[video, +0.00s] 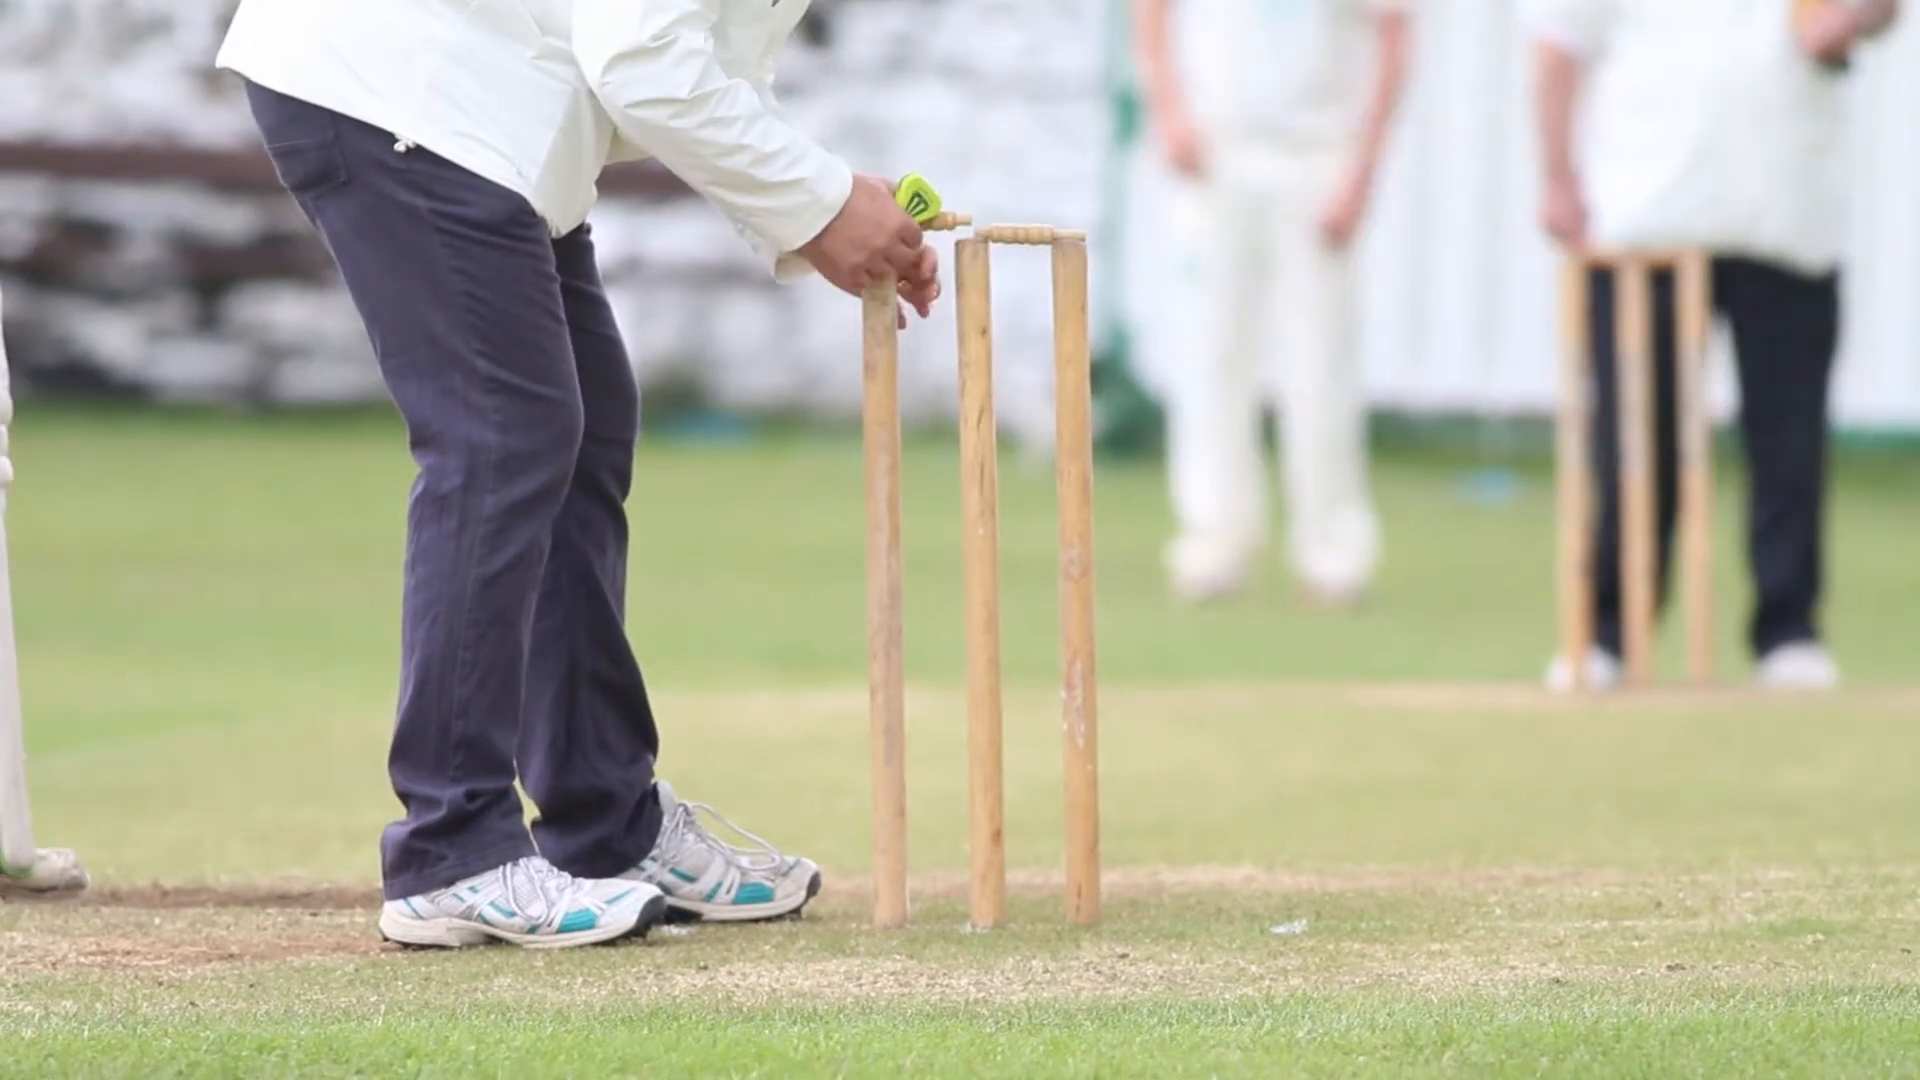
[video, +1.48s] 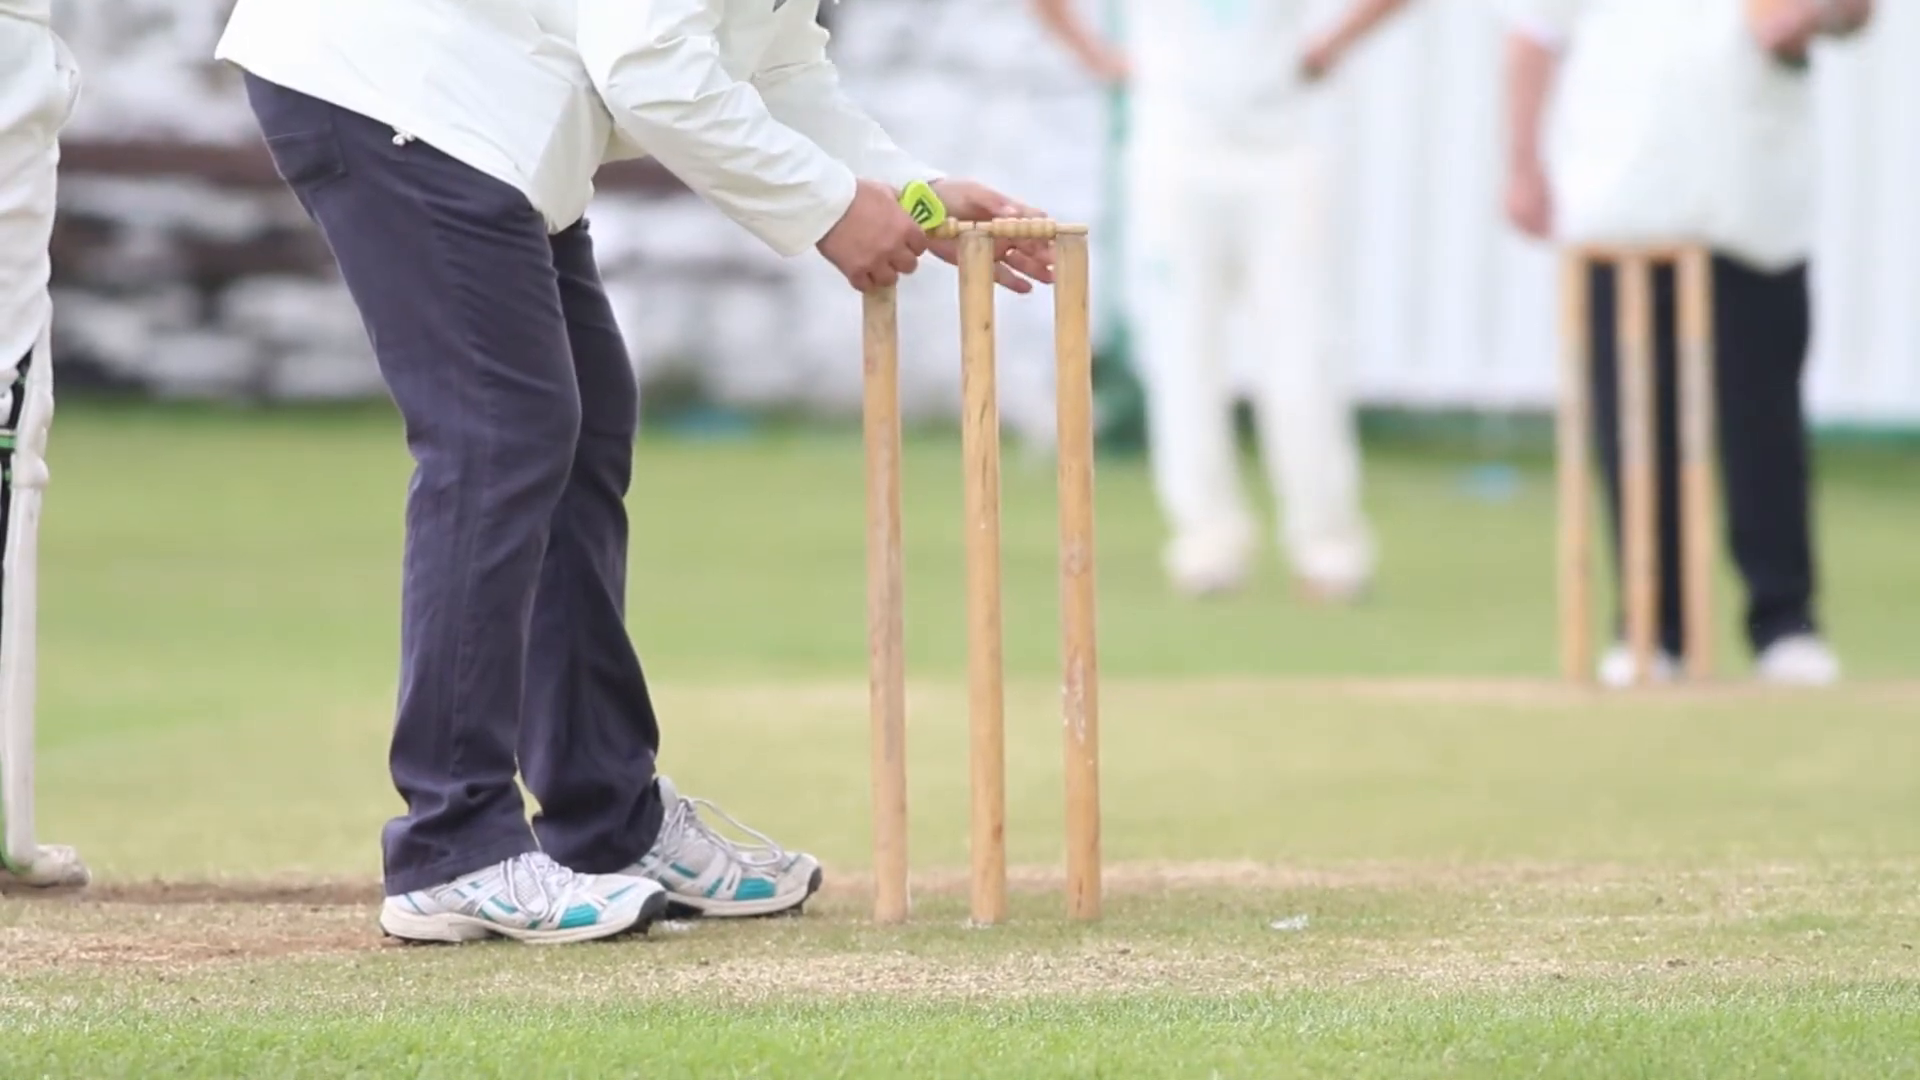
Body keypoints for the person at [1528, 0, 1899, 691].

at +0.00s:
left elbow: (1885, 9)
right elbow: (1558, 32)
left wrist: (1848, 19)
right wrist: (1560, 181)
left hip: (1789, 206)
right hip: (1640, 207)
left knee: (1787, 447)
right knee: (1628, 441)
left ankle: (1789, 638)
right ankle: (1605, 641)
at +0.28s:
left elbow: (1902, 16)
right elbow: (1596, 36)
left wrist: (1882, 18)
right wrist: (1598, 177)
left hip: (1820, 208)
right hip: (1679, 207)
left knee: (1805, 446)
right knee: (1656, 441)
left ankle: (1793, 638)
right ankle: (1609, 640)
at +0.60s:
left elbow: (1907, 14)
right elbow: (1605, 20)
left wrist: (1879, 29)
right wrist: (1591, 152)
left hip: (1818, 196)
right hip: (1676, 190)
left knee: (1804, 438)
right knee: (1662, 426)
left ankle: (1792, 635)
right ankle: (1631, 631)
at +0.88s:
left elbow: (1904, 13)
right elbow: (1585, 28)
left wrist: (1868, 17)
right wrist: (1579, 162)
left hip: (1804, 202)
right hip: (1660, 198)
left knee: (1794, 441)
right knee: (1663, 440)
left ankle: (1791, 635)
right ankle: (1656, 640)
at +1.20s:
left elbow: (1879, 12)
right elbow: (1555, 27)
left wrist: (1832, 14)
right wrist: (1556, 165)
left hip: (1774, 202)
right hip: (1634, 201)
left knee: (1776, 435)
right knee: (1641, 439)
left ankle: (1786, 631)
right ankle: (1653, 639)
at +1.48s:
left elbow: (1859, 11)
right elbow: (1534, 26)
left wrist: (1810, 14)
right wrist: (1525, 162)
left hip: (1754, 199)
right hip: (1617, 199)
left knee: (1762, 428)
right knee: (1632, 439)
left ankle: (1785, 628)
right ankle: (1651, 636)